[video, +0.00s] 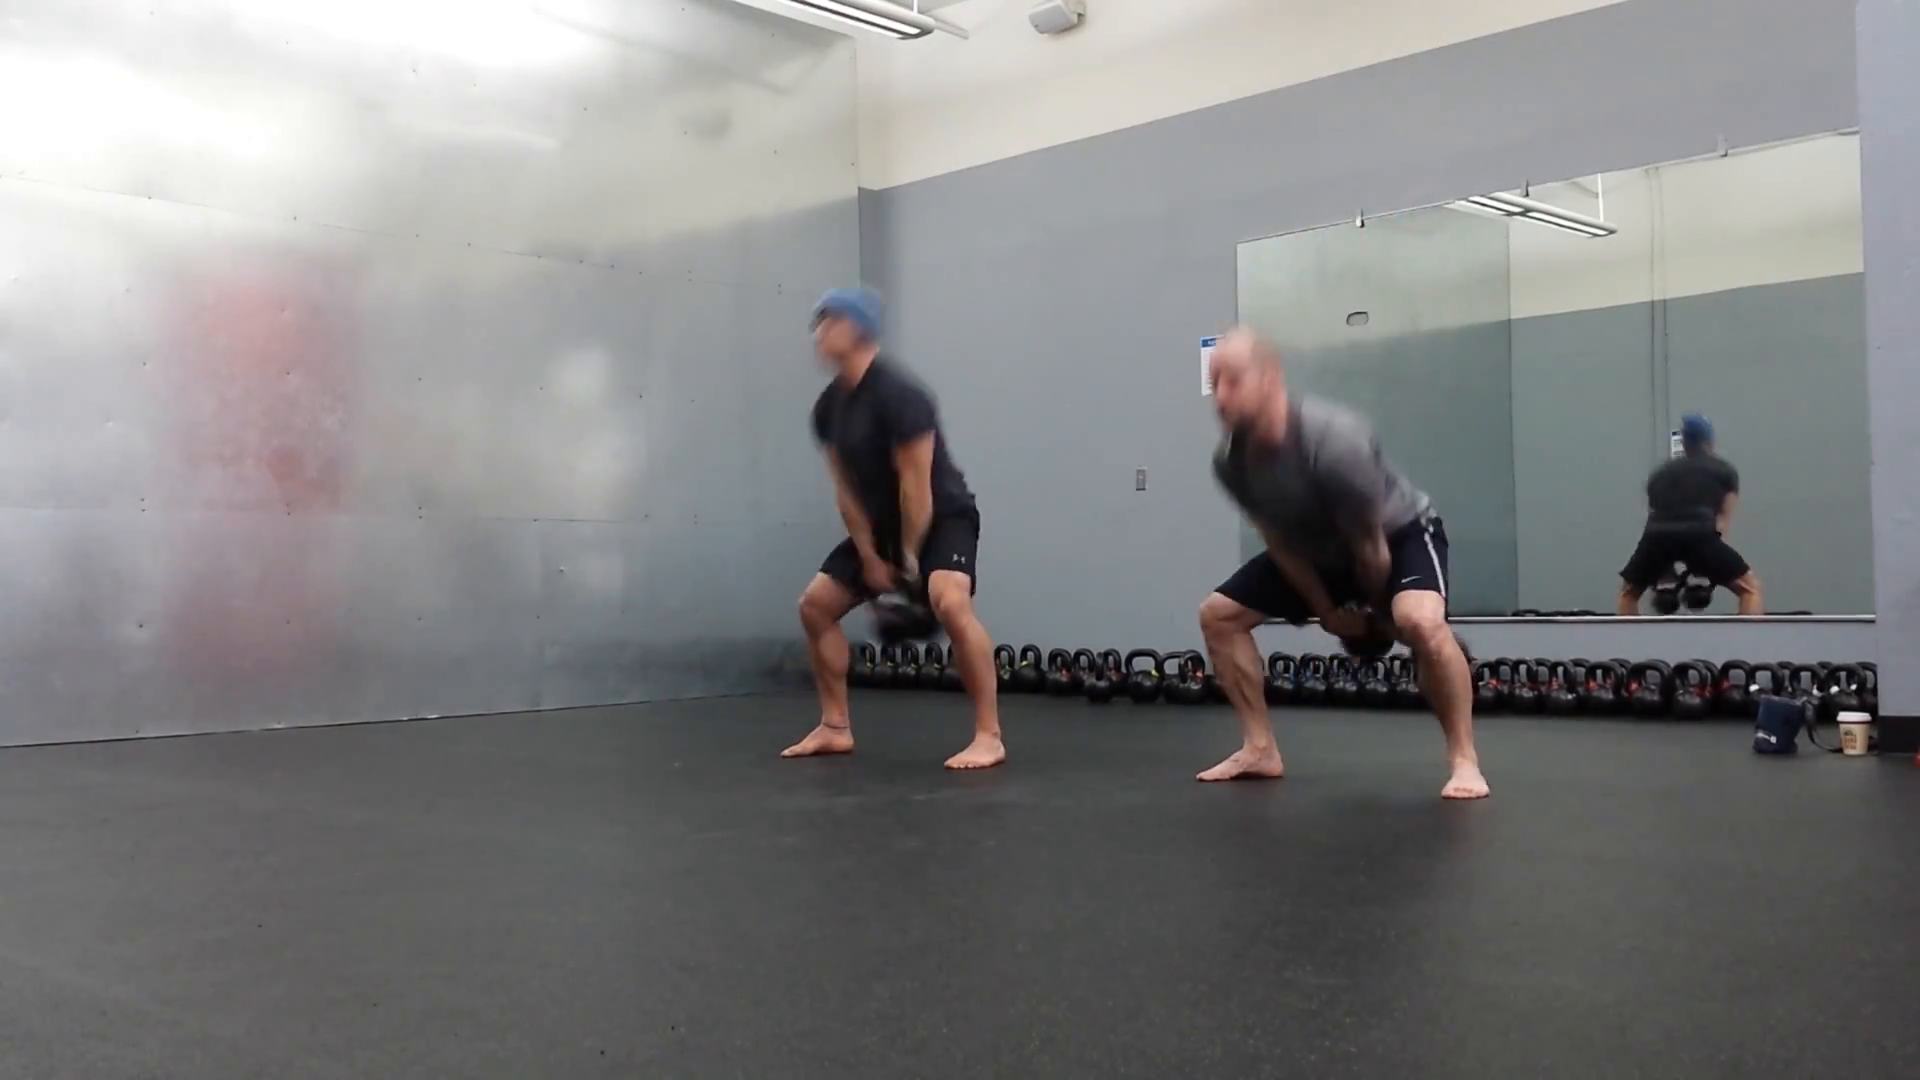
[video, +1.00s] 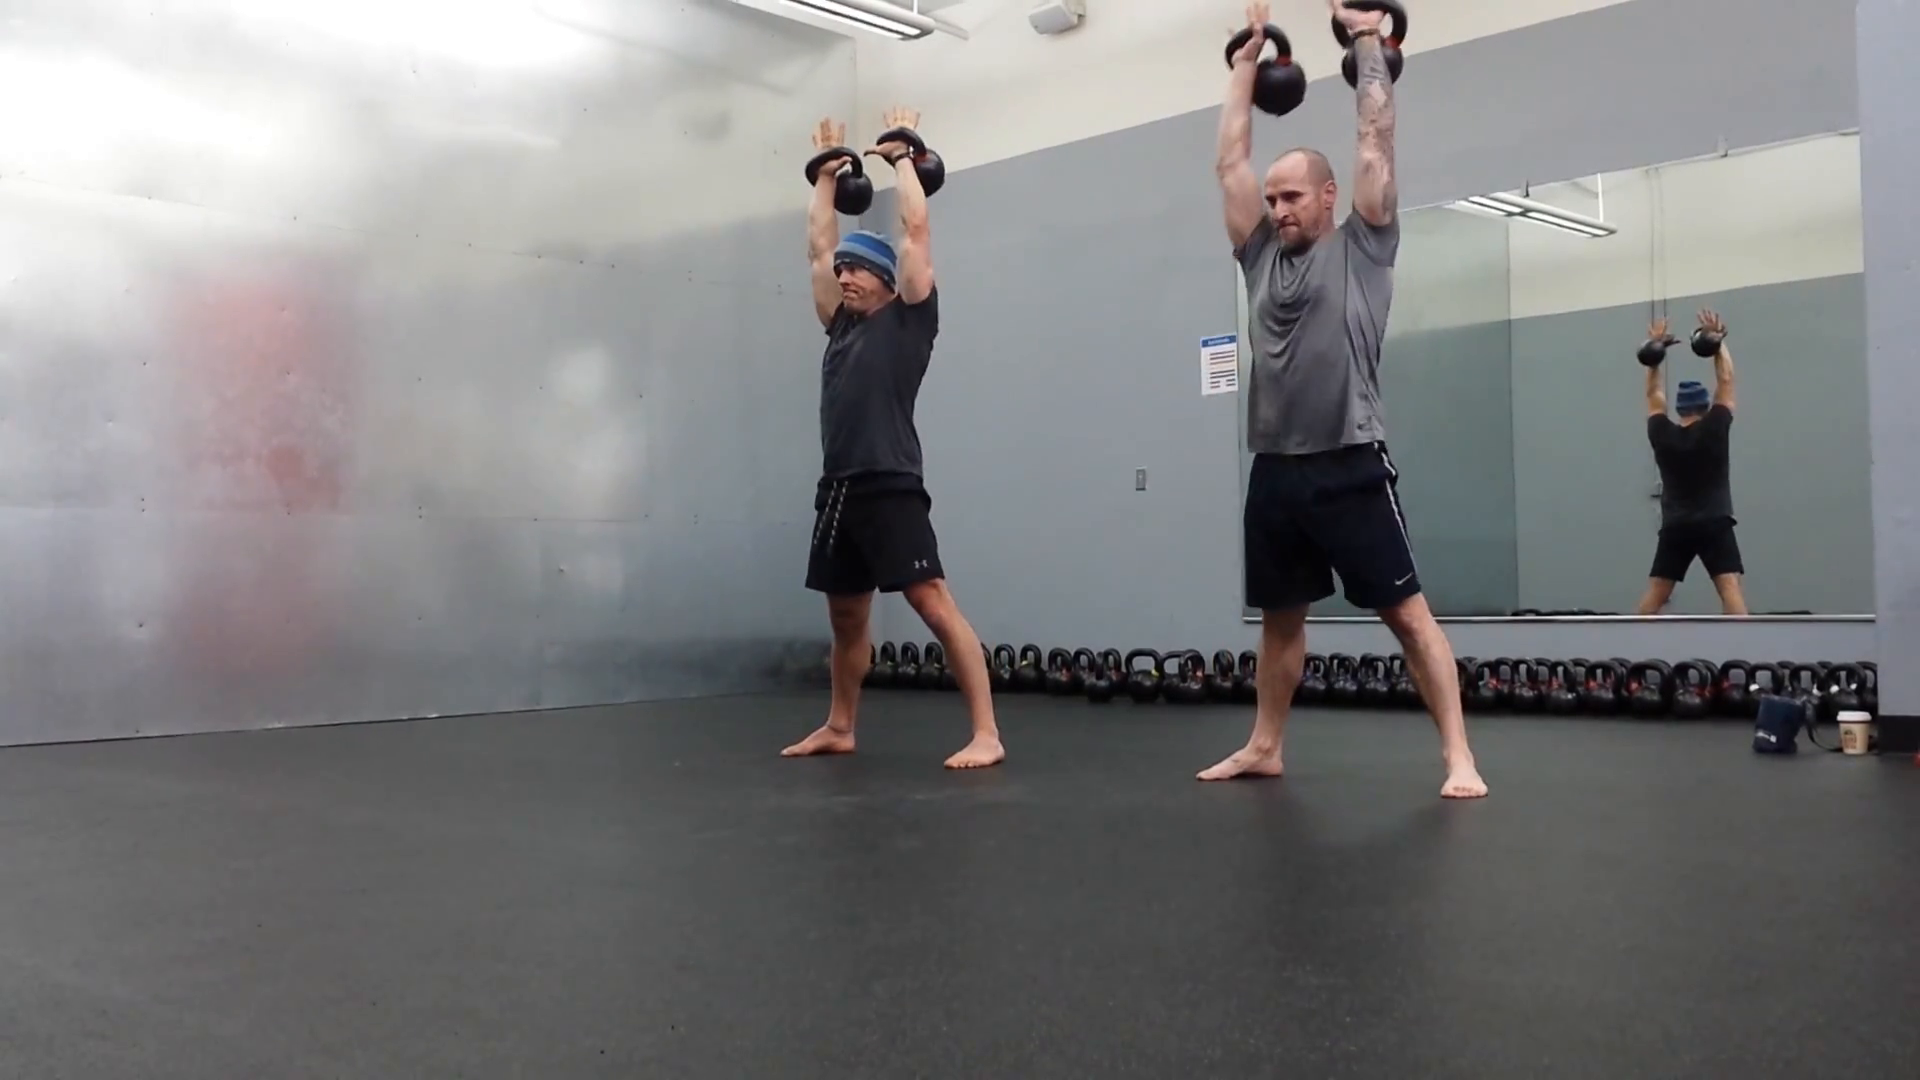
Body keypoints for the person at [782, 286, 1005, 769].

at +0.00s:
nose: (819, 331)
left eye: (831, 321)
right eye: (820, 322)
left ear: (861, 330)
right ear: (827, 334)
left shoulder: (902, 396)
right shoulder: (829, 407)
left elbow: (917, 486)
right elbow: (845, 489)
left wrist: (910, 556)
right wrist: (868, 555)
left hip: (943, 517)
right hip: (882, 522)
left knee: (949, 602)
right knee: (816, 607)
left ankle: (989, 735)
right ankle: (835, 726)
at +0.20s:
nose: (900, 293)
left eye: (909, 283)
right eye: (896, 285)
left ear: (939, 288)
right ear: (897, 294)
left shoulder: (968, 333)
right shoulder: (893, 347)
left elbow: (923, 386)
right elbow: (853, 391)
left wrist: (858, 401)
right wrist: (810, 416)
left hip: (937, 489)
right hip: (884, 488)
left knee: (951, 600)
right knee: (851, 605)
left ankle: (985, 735)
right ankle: (838, 726)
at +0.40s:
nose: (882, 285)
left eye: (891, 276)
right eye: (880, 278)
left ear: (919, 283)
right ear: (878, 283)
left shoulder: (953, 334)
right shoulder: (870, 342)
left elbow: (910, 309)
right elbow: (804, 335)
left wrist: (863, 257)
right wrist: (791, 287)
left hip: (918, 488)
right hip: (862, 491)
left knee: (944, 602)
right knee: (852, 614)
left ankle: (987, 734)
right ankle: (839, 727)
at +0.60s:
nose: (848, 278)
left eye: (858, 269)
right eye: (846, 270)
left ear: (888, 274)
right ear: (842, 280)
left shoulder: (912, 321)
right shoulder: (841, 328)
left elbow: (900, 236)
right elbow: (802, 260)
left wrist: (880, 161)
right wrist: (805, 183)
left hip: (902, 488)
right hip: (848, 493)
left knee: (939, 605)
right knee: (851, 616)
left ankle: (986, 736)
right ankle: (840, 728)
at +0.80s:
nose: (845, 278)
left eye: (855, 269)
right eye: (839, 270)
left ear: (884, 275)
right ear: (836, 279)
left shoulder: (907, 315)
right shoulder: (839, 324)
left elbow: (910, 227)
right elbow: (815, 246)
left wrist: (897, 151)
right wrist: (823, 167)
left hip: (894, 487)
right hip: (839, 491)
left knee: (937, 608)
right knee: (847, 618)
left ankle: (986, 735)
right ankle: (839, 727)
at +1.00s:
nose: (848, 280)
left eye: (858, 270)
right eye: (842, 272)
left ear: (888, 277)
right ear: (839, 282)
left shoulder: (909, 320)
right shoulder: (841, 328)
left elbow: (917, 229)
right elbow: (819, 249)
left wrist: (903, 157)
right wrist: (827, 171)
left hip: (893, 488)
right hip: (838, 492)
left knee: (936, 608)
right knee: (846, 619)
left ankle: (986, 735)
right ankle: (839, 728)